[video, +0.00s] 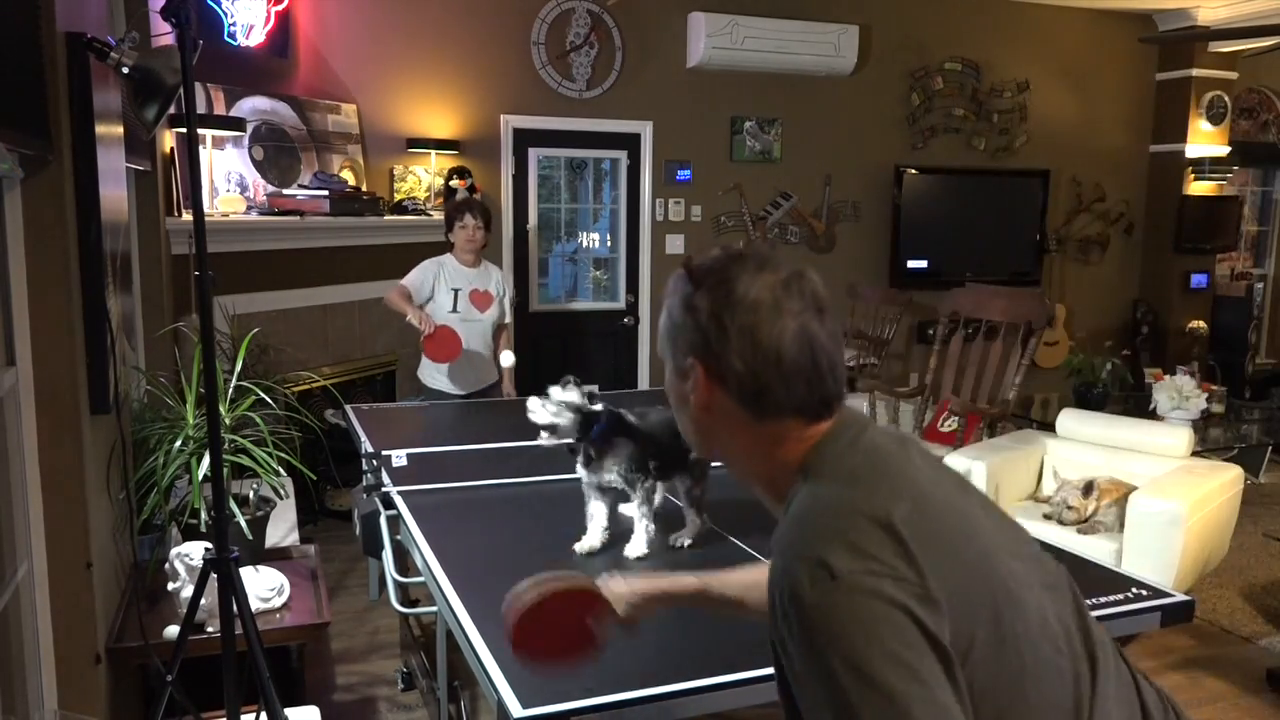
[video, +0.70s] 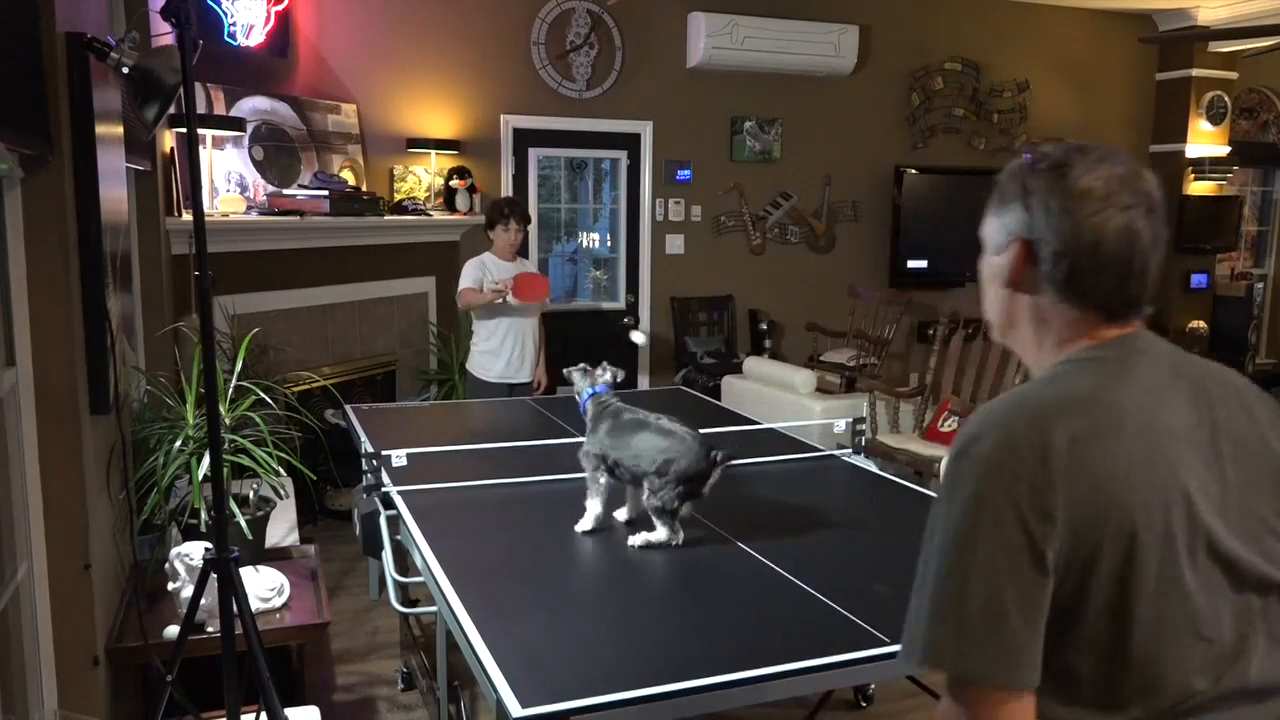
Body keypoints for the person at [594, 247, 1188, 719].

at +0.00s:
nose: (670, 392)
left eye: (670, 371)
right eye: (671, 370)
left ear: (698, 385)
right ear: (811, 354)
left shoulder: (825, 562)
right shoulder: (882, 451)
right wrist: (659, 590)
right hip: (1139, 701)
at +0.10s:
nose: (681, 346)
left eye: (683, 327)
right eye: (684, 324)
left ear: (710, 342)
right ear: (831, 305)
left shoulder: (822, 535)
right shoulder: (914, 414)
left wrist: (762, 707)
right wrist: (794, 685)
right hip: (1138, 697)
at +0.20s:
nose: (715, 317)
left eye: (719, 296)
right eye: (717, 295)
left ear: (747, 316)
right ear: (876, 292)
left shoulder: (836, 516)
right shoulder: (960, 402)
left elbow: (911, 705)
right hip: (1145, 701)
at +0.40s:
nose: (826, 301)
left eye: (829, 281)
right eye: (828, 279)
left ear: (858, 304)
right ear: (991, 290)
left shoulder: (910, 506)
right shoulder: (1076, 414)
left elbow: (890, 703)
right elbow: (1165, 619)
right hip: (1183, 703)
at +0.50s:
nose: (874, 290)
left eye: (878, 268)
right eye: (877, 266)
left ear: (909, 285)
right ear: (1038, 279)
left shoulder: (941, 477)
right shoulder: (1133, 404)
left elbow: (928, 702)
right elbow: (1229, 617)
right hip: (1232, 702)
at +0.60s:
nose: (926, 277)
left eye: (930, 255)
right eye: (928, 255)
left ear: (962, 269)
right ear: (1085, 263)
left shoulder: (979, 452)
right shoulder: (1199, 407)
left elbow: (954, 702)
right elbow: (1265, 590)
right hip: (1255, 701)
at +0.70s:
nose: (981, 271)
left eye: (986, 250)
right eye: (983, 250)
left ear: (1016, 261)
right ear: (1136, 262)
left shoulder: (1014, 441)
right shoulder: (1250, 402)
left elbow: (992, 704)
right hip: (1260, 699)